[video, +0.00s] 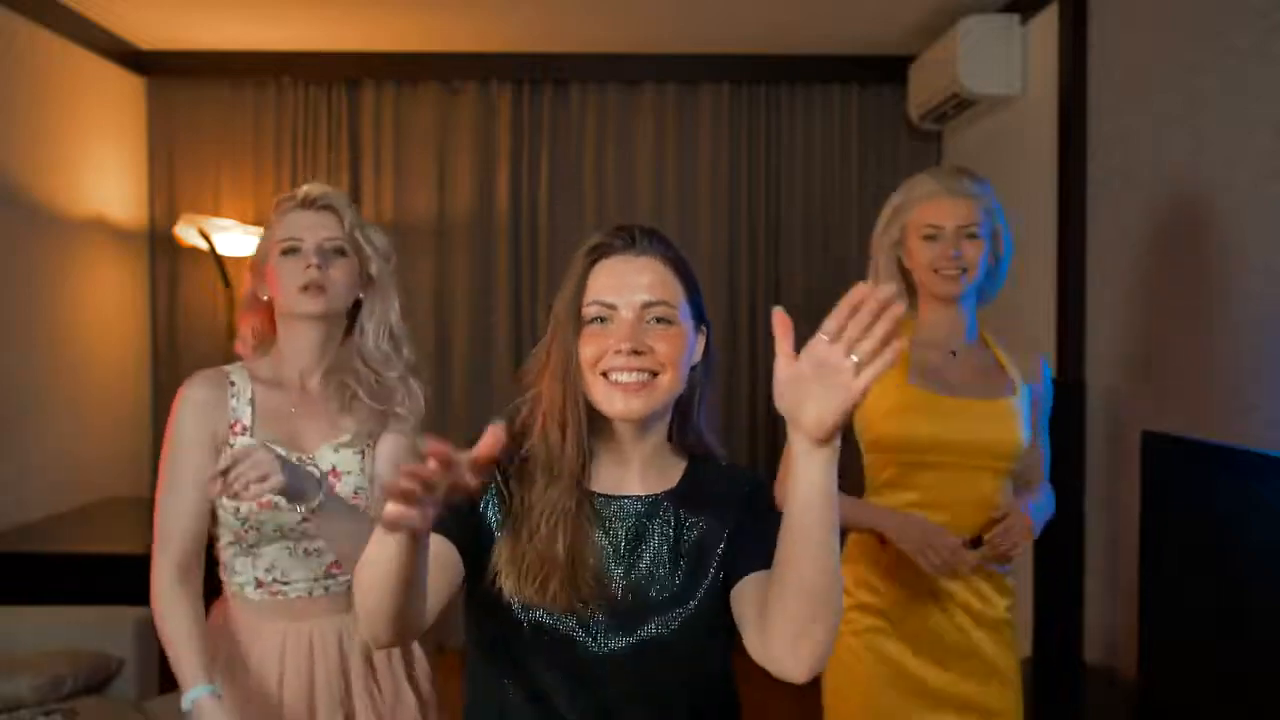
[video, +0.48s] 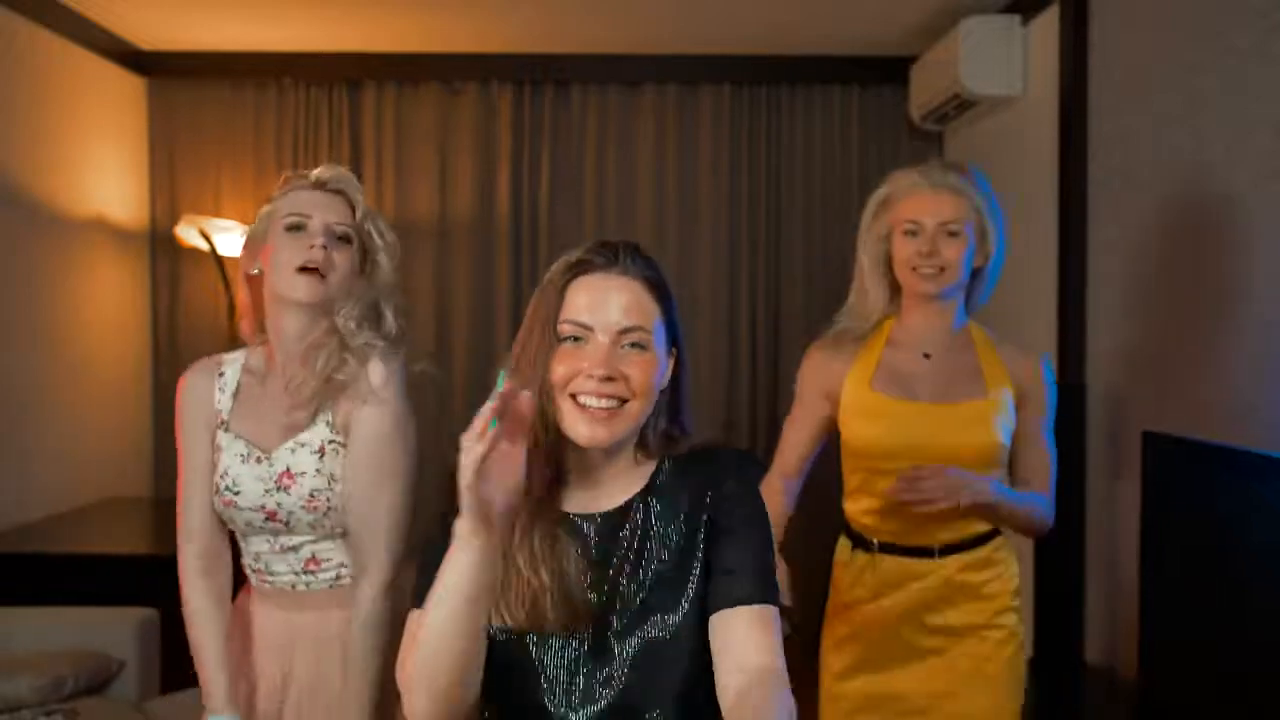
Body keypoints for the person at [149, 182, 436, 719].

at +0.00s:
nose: (312, 262)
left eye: (334, 251)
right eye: (291, 250)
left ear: (361, 284)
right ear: (263, 281)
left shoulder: (390, 404)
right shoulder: (211, 399)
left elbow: (398, 562)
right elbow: (175, 572)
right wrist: (200, 697)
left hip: (364, 655)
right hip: (251, 661)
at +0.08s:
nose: (310, 247)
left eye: (331, 236)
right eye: (288, 237)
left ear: (361, 267)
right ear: (263, 271)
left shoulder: (400, 390)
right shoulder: (219, 391)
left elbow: (403, 535)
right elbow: (178, 563)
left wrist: (281, 484)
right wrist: (199, 682)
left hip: (361, 646)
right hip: (243, 649)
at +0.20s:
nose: (311, 247)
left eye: (333, 235)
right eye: (290, 236)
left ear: (364, 266)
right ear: (263, 268)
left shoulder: (405, 376)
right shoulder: (223, 397)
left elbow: (356, 525)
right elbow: (198, 558)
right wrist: (194, 689)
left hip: (356, 646)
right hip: (246, 649)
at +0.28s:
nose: (311, 259)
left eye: (334, 247)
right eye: (289, 245)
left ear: (364, 278)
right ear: (262, 278)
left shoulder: (401, 385)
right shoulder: (226, 409)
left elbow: (337, 553)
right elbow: (207, 579)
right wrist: (193, 702)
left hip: (353, 672)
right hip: (244, 667)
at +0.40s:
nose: (316, 253)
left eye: (340, 245)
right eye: (294, 238)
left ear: (363, 281)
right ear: (261, 270)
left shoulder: (378, 382)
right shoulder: (223, 399)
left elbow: (368, 576)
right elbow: (204, 570)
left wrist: (327, 711)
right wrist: (209, 710)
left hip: (359, 641)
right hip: (259, 637)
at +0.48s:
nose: (317, 244)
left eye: (341, 238)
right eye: (296, 228)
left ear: (360, 279)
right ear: (257, 258)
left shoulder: (370, 380)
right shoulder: (206, 387)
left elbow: (377, 574)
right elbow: (202, 557)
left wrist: (359, 710)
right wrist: (219, 706)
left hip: (348, 636)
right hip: (257, 633)